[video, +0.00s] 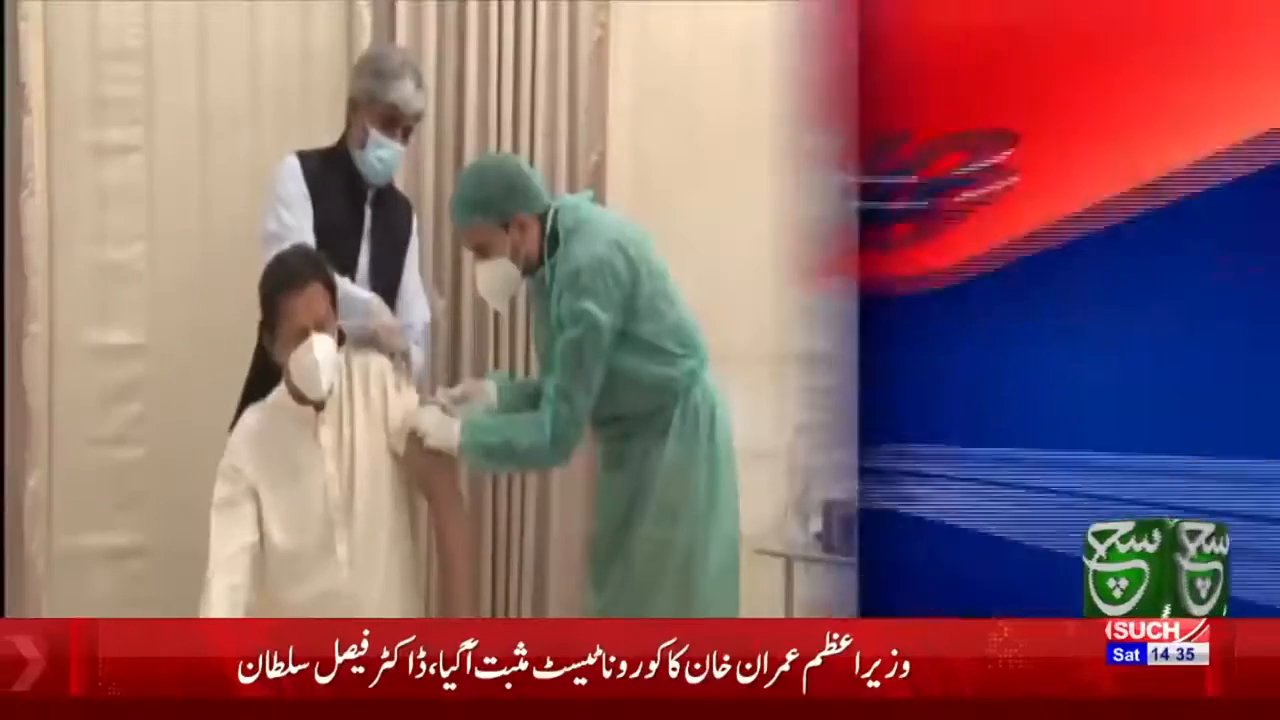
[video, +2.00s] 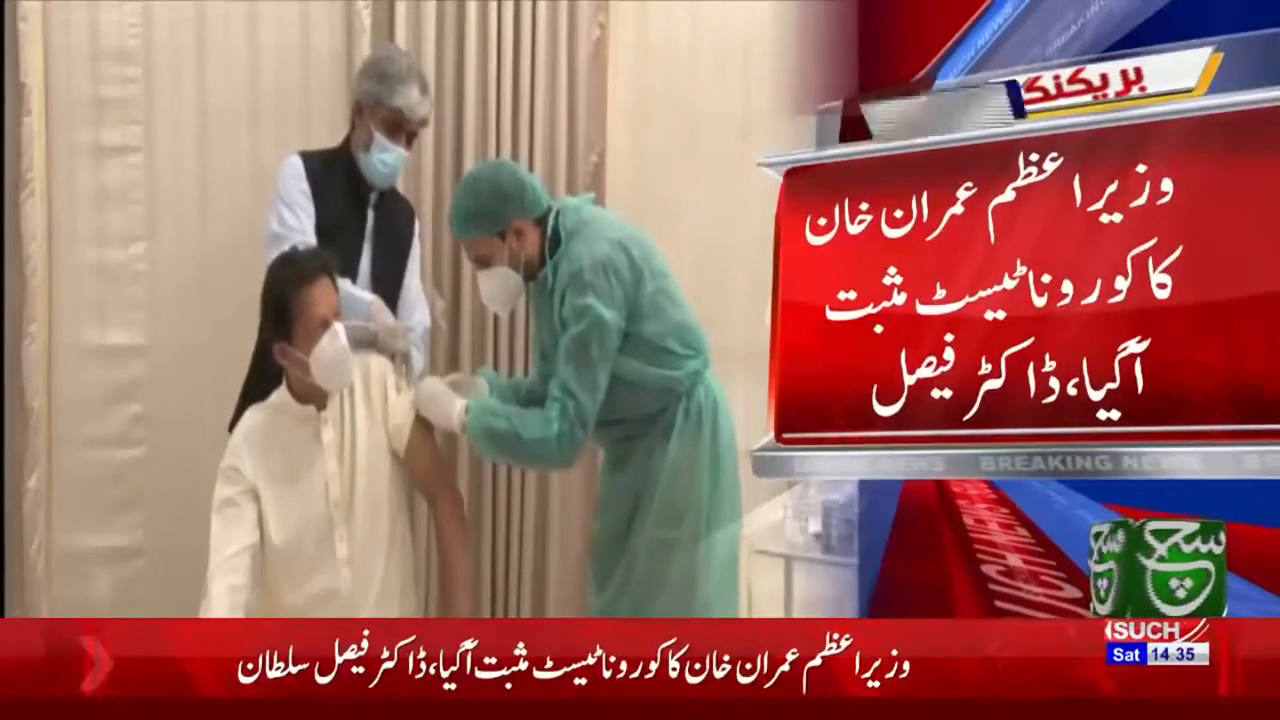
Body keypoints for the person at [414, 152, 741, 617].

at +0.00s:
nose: (481, 265)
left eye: (483, 251)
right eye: (474, 253)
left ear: (521, 227)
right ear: (522, 228)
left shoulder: (590, 260)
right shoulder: (554, 255)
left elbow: (558, 433)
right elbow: (557, 392)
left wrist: (459, 435)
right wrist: (491, 393)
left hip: (676, 432)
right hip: (629, 433)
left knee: (655, 594)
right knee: (616, 588)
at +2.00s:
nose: (483, 276)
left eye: (485, 262)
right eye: (476, 265)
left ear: (519, 233)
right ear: (519, 233)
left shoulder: (591, 261)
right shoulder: (553, 260)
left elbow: (563, 436)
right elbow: (551, 395)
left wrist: (462, 416)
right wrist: (485, 389)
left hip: (679, 434)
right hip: (632, 437)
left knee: (656, 605)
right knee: (614, 599)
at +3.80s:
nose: (500, 218)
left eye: (503, 203)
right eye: (494, 205)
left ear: (544, 182)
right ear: (542, 182)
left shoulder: (606, 235)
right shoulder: (578, 222)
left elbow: (580, 402)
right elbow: (596, 345)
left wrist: (481, 434)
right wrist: (546, 373)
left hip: (669, 432)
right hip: (630, 428)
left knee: (648, 599)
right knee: (615, 592)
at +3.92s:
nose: (505, 211)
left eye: (509, 195)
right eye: (499, 198)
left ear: (549, 175)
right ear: (548, 174)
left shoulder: (610, 229)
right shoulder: (579, 214)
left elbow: (582, 394)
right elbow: (595, 339)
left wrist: (483, 434)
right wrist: (547, 370)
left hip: (667, 430)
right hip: (628, 428)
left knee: (650, 598)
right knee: (614, 592)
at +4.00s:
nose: (506, 206)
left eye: (512, 190)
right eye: (501, 192)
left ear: (553, 171)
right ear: (551, 171)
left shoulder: (611, 225)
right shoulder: (581, 211)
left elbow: (583, 388)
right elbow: (595, 333)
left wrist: (484, 433)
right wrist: (550, 367)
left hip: (666, 429)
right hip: (629, 427)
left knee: (644, 600)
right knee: (613, 593)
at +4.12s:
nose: (511, 198)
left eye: (518, 182)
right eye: (505, 184)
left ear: (558, 163)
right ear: (557, 164)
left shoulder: (613, 221)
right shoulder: (583, 211)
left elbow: (581, 384)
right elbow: (592, 331)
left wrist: (482, 432)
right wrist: (548, 365)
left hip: (664, 430)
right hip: (625, 427)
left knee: (645, 602)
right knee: (609, 594)